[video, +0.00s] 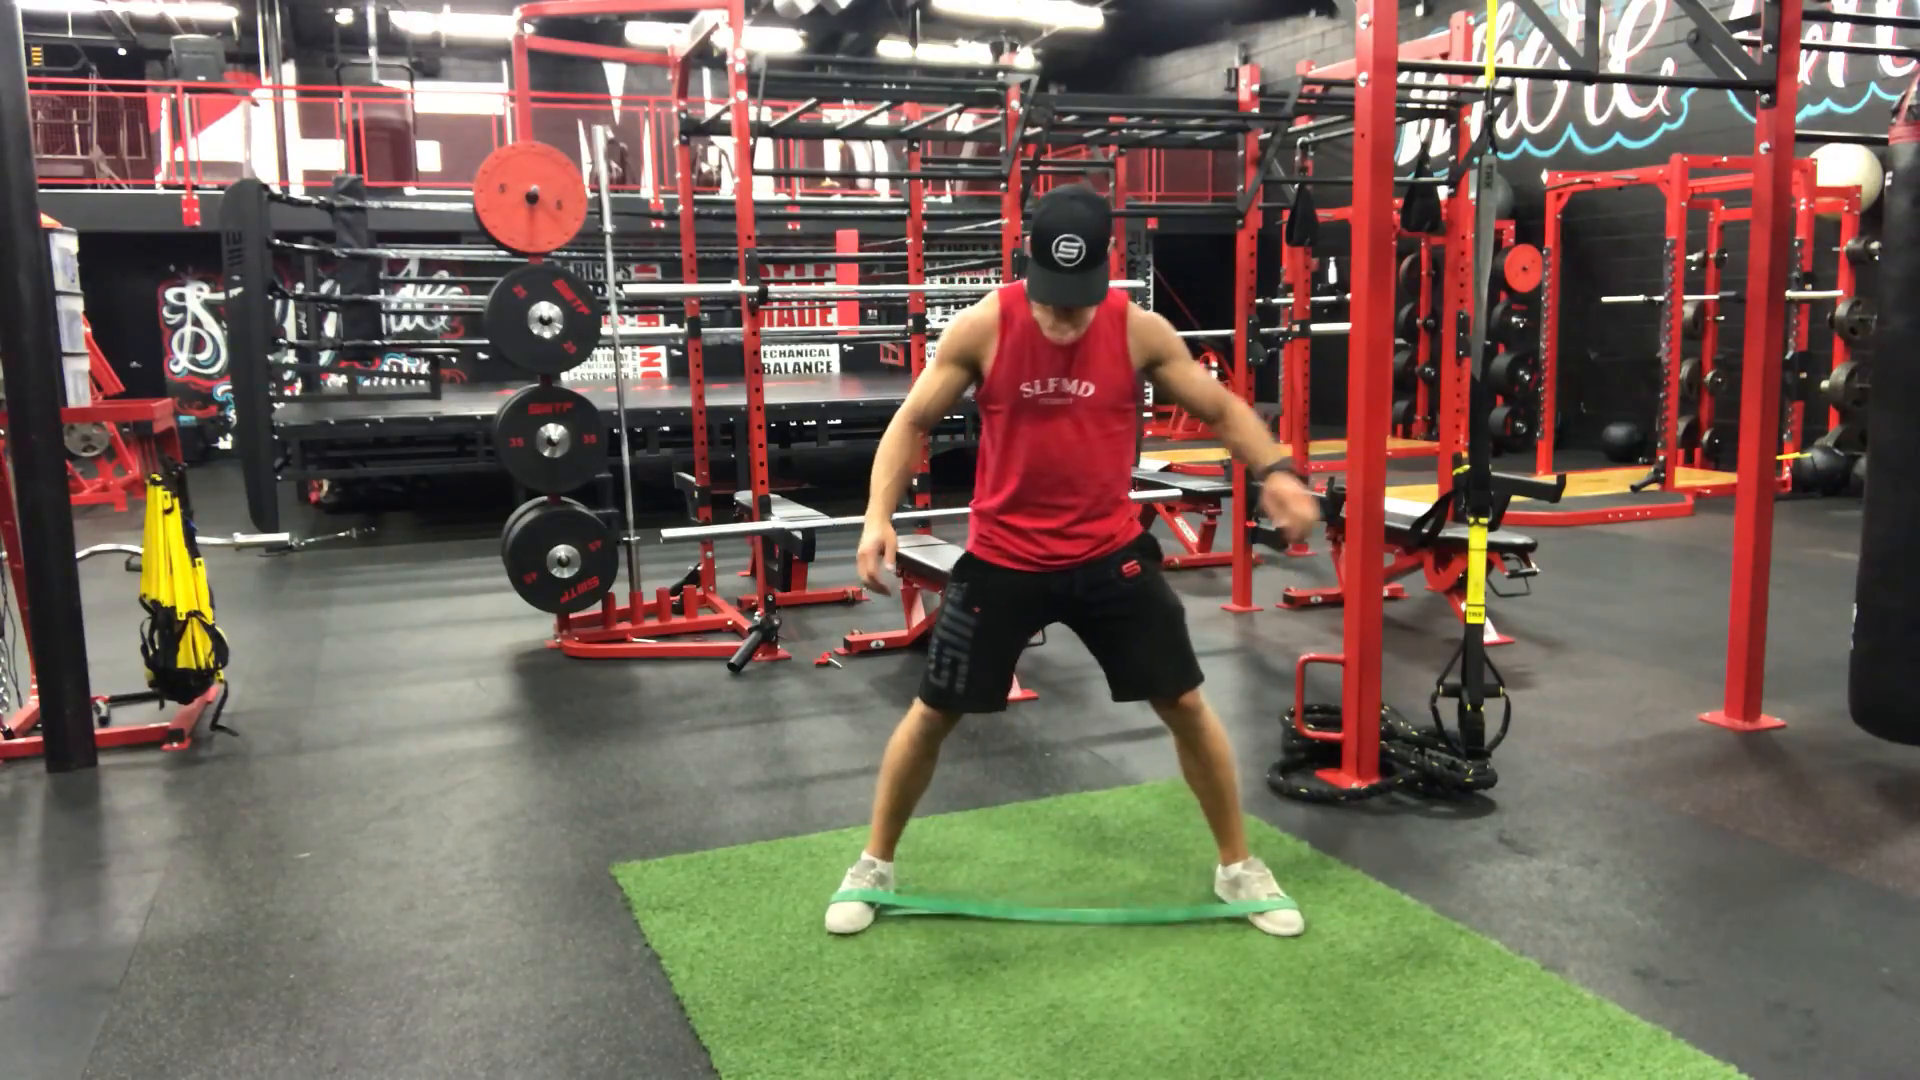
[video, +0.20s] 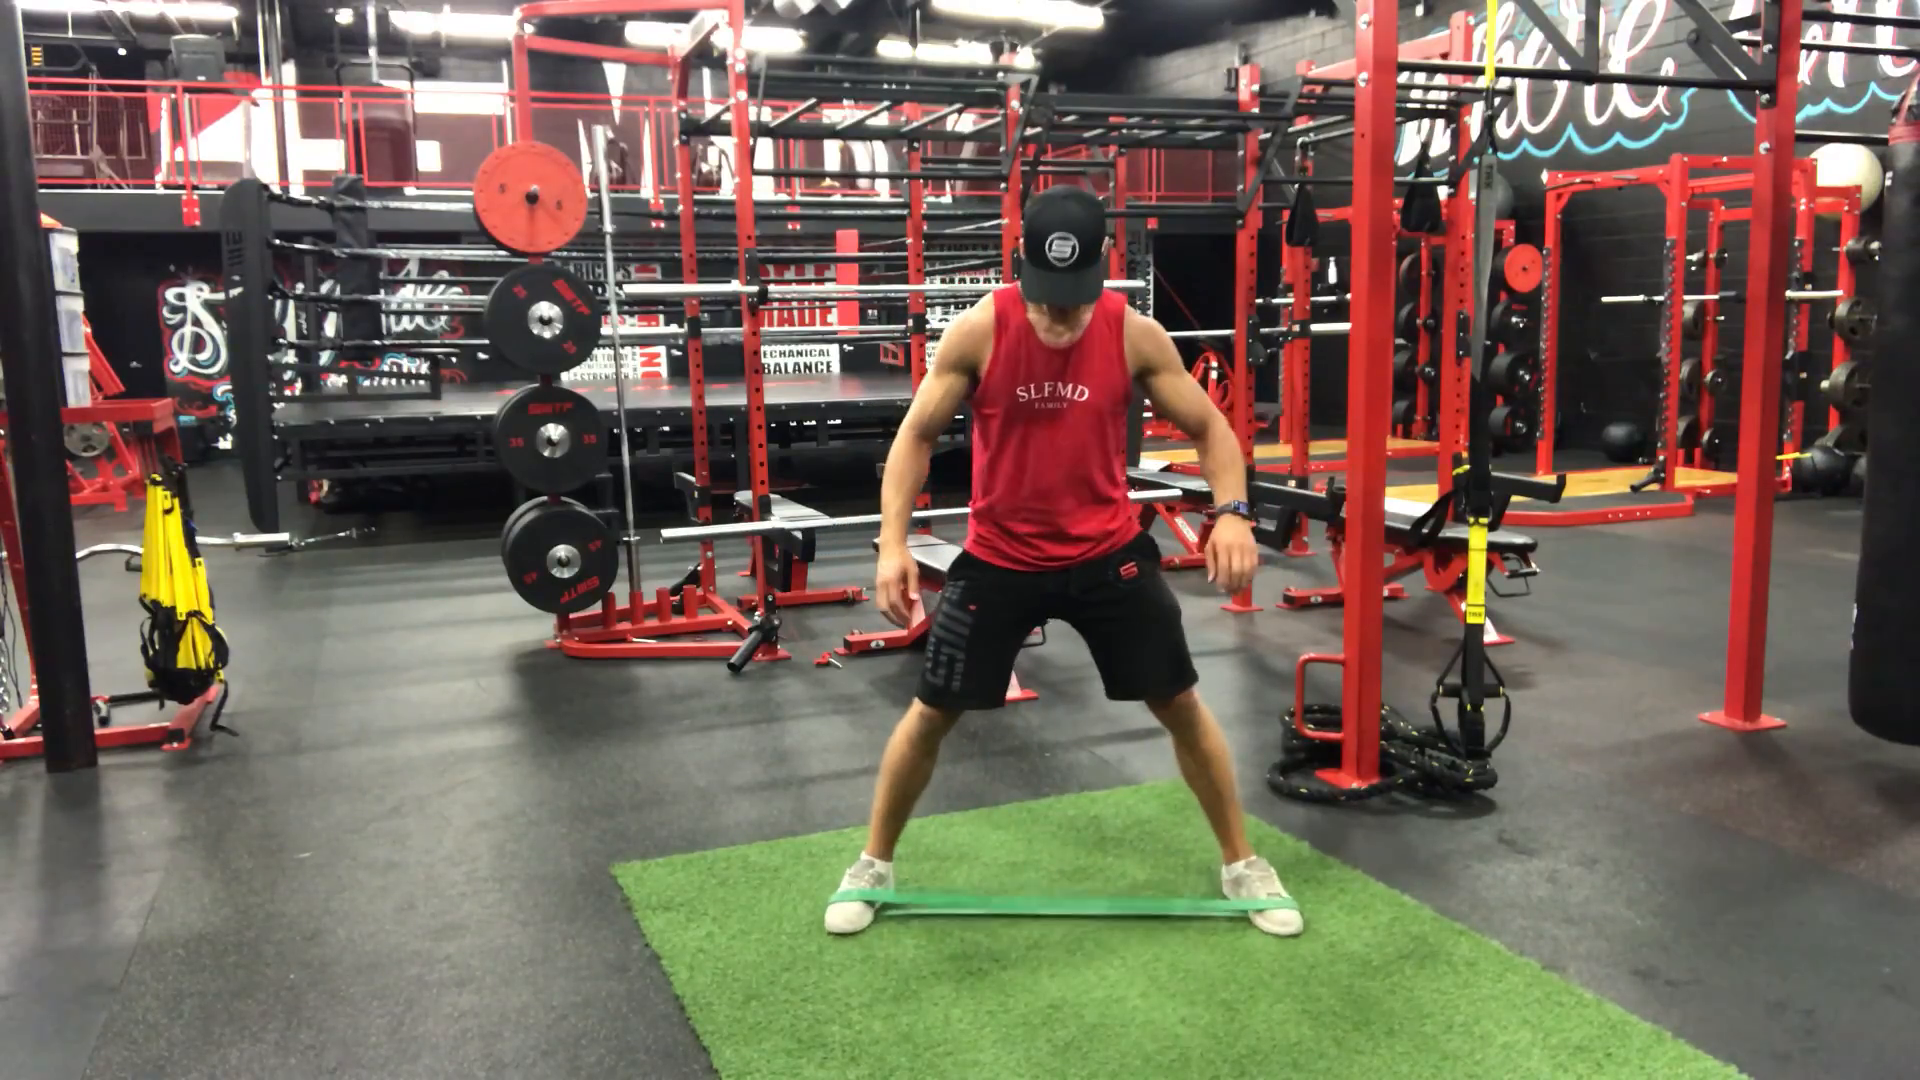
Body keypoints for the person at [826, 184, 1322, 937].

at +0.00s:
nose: (1063, 313)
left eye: (1079, 297)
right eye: (1050, 296)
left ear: (1105, 272)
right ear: (1026, 267)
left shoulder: (1139, 332)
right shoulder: (982, 327)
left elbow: (1224, 409)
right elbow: (910, 423)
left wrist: (1276, 470)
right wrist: (877, 516)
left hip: (1111, 551)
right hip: (1001, 555)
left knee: (1185, 702)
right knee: (932, 711)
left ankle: (1238, 865)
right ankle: (874, 863)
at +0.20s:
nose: (1059, 316)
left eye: (1075, 300)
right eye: (1045, 298)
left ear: (1102, 273)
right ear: (1022, 268)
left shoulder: (1136, 336)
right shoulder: (978, 331)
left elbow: (1212, 429)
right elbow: (915, 436)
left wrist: (1231, 510)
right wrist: (892, 541)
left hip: (1110, 551)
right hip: (999, 556)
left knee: (1178, 700)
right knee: (932, 709)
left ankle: (1241, 862)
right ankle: (874, 862)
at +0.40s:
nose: (1063, 285)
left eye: (1078, 269)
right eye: (1048, 269)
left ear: (1101, 252)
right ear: (1023, 252)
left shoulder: (1138, 323)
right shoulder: (981, 322)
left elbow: (1220, 409)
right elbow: (914, 424)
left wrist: (1251, 487)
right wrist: (876, 520)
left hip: (1115, 553)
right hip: (1002, 558)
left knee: (1182, 702)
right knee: (935, 706)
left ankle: (1242, 863)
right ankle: (875, 861)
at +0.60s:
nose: (1050, 288)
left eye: (1065, 273)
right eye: (1036, 272)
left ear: (1090, 256)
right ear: (1013, 254)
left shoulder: (1126, 325)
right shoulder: (966, 326)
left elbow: (1206, 415)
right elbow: (902, 429)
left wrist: (1238, 482)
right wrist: (864, 531)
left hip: (1106, 553)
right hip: (994, 558)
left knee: (1178, 703)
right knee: (929, 711)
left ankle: (1241, 862)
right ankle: (873, 862)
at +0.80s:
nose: (1056, 364)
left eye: (1071, 349)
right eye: (1043, 349)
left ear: (1098, 318)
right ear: (1019, 317)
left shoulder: (1137, 363)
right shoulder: (975, 373)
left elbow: (1204, 462)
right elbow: (923, 488)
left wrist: (1215, 561)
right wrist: (914, 608)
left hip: (1110, 557)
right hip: (1001, 559)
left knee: (1183, 697)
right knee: (930, 704)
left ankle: (1242, 862)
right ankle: (874, 863)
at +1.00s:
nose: (1065, 532)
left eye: (1080, 523)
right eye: (1050, 524)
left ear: (1107, 478)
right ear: (1026, 481)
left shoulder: (1143, 458)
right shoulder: (985, 489)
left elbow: (1177, 553)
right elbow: (967, 627)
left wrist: (1168, 657)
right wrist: (984, 748)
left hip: (1112, 566)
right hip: (1005, 572)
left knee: (1192, 694)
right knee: (922, 701)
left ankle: (1243, 863)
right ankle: (872, 860)